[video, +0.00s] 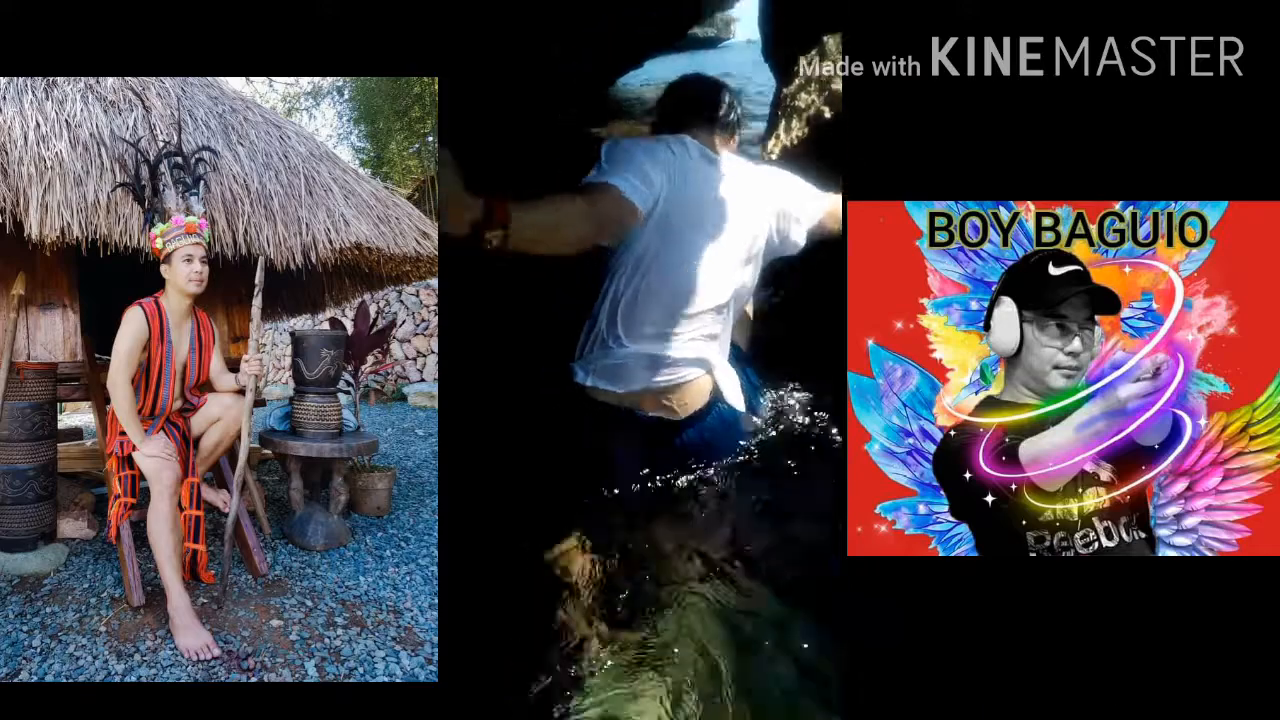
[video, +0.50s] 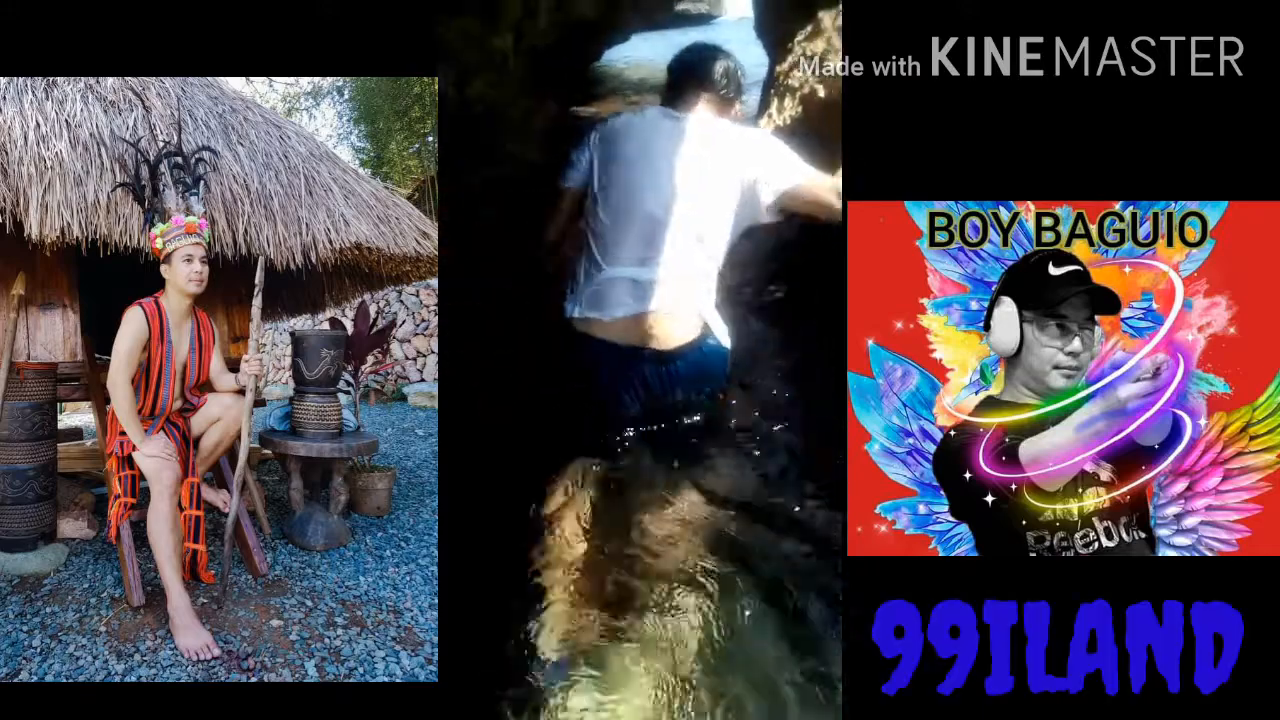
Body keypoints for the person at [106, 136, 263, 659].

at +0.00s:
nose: (198, 269)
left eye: (203, 260)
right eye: (187, 261)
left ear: (207, 267)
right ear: (164, 267)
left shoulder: (205, 322)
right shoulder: (142, 316)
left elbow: (220, 380)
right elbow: (117, 380)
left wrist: (242, 380)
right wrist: (138, 439)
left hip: (181, 419)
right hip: (141, 425)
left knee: (237, 407)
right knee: (169, 476)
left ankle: (191, 478)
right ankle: (179, 605)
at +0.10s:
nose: (198, 269)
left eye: (203, 260)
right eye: (187, 261)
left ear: (207, 267)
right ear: (164, 267)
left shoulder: (205, 322)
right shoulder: (142, 316)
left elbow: (220, 380)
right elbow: (117, 380)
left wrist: (242, 380)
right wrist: (138, 439)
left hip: (181, 419)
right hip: (141, 425)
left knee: (237, 407)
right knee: (169, 476)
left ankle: (191, 478)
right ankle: (179, 605)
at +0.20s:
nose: (198, 268)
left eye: (203, 260)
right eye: (187, 261)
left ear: (207, 267)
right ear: (164, 267)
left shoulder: (205, 323)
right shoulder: (142, 316)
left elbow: (220, 381)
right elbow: (117, 380)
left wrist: (244, 380)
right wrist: (139, 440)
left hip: (181, 419)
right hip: (141, 425)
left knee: (238, 407)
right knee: (169, 477)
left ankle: (191, 478)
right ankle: (179, 607)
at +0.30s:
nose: (198, 269)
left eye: (203, 260)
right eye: (187, 261)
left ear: (207, 267)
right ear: (164, 267)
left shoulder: (205, 322)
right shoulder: (142, 316)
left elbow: (220, 380)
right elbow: (117, 380)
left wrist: (242, 380)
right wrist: (138, 439)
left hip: (181, 419)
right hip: (141, 425)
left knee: (237, 407)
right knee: (169, 476)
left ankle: (191, 478)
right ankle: (179, 605)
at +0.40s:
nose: (198, 268)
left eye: (203, 260)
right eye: (187, 261)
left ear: (207, 266)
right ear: (164, 267)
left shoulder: (206, 323)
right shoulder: (142, 316)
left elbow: (221, 382)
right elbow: (117, 380)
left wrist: (244, 380)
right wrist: (138, 439)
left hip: (180, 420)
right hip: (140, 424)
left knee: (238, 406)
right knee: (169, 477)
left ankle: (191, 478)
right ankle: (179, 607)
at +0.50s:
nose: (198, 268)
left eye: (203, 260)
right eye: (187, 261)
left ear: (207, 266)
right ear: (164, 267)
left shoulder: (206, 323)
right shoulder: (142, 316)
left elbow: (221, 382)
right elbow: (117, 380)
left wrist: (244, 380)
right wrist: (138, 439)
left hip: (180, 420)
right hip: (140, 424)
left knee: (238, 406)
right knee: (169, 477)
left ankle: (191, 478)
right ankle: (179, 607)